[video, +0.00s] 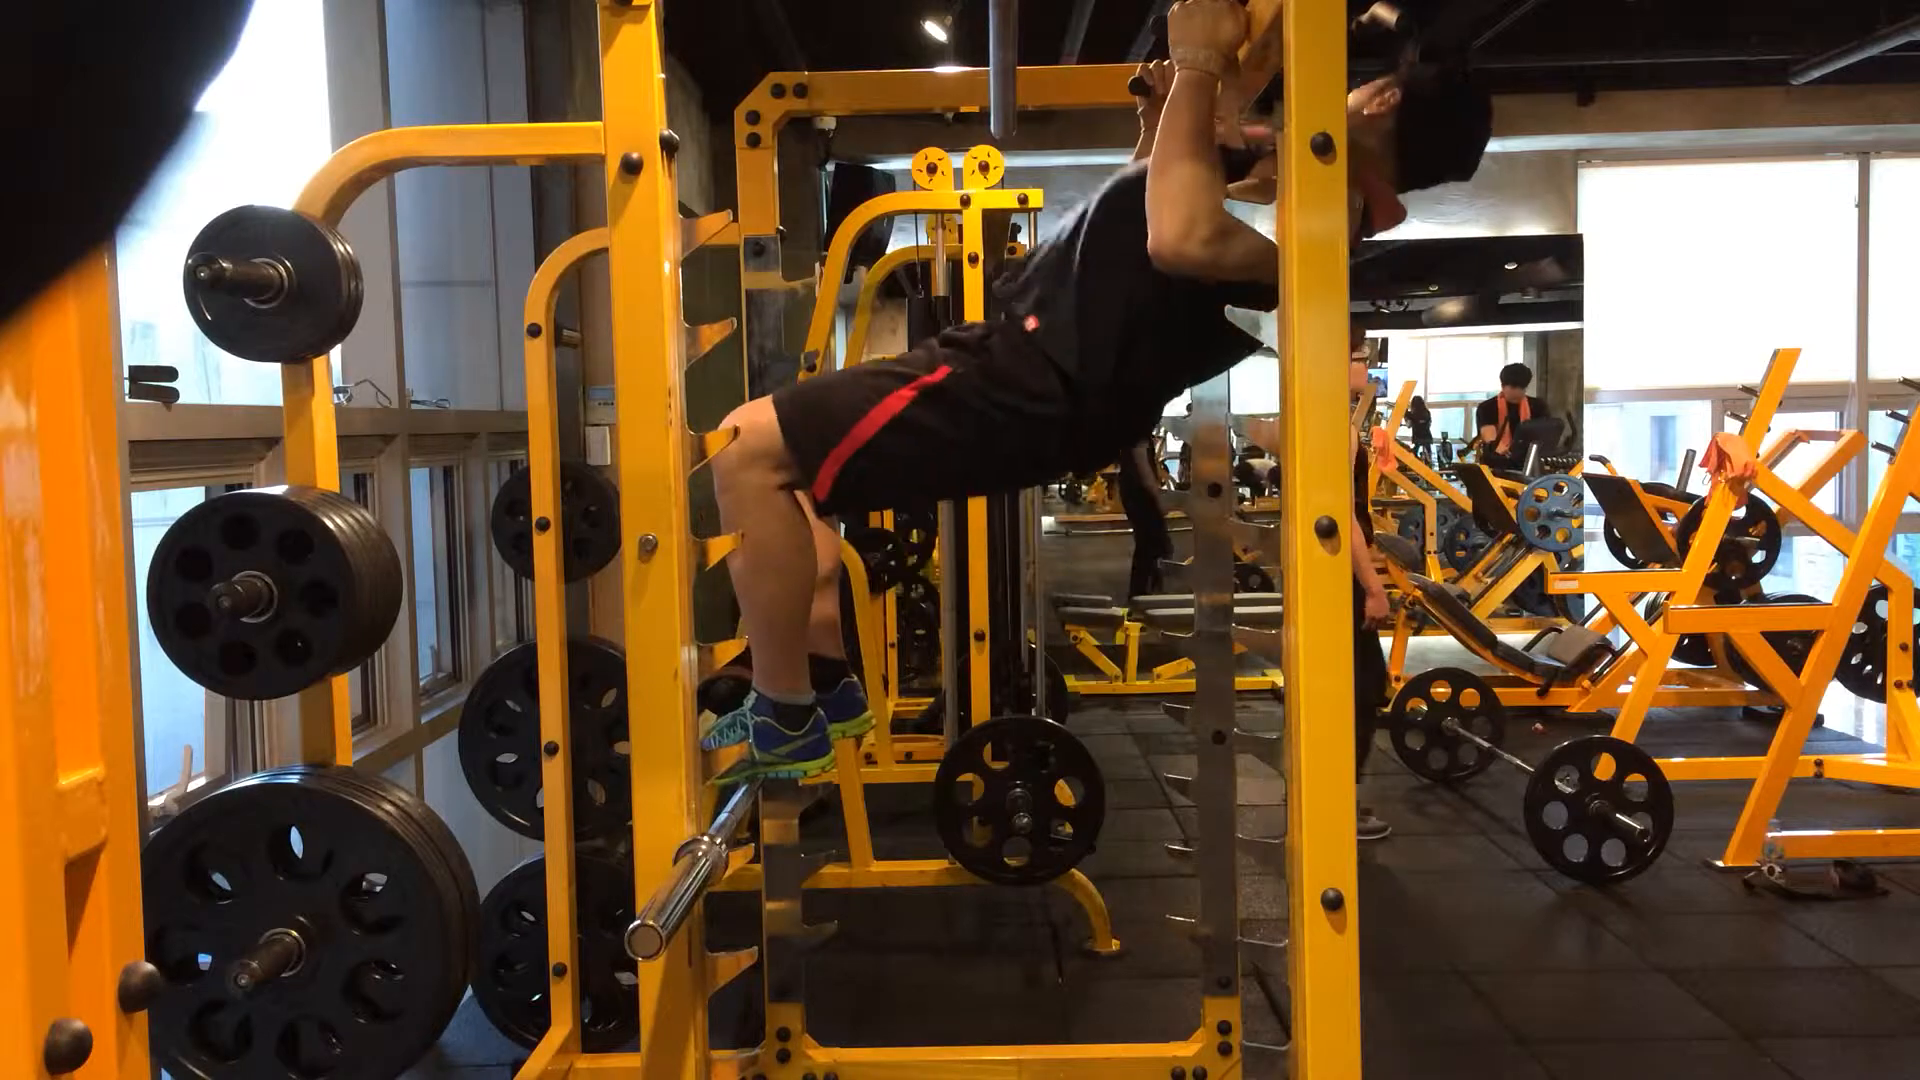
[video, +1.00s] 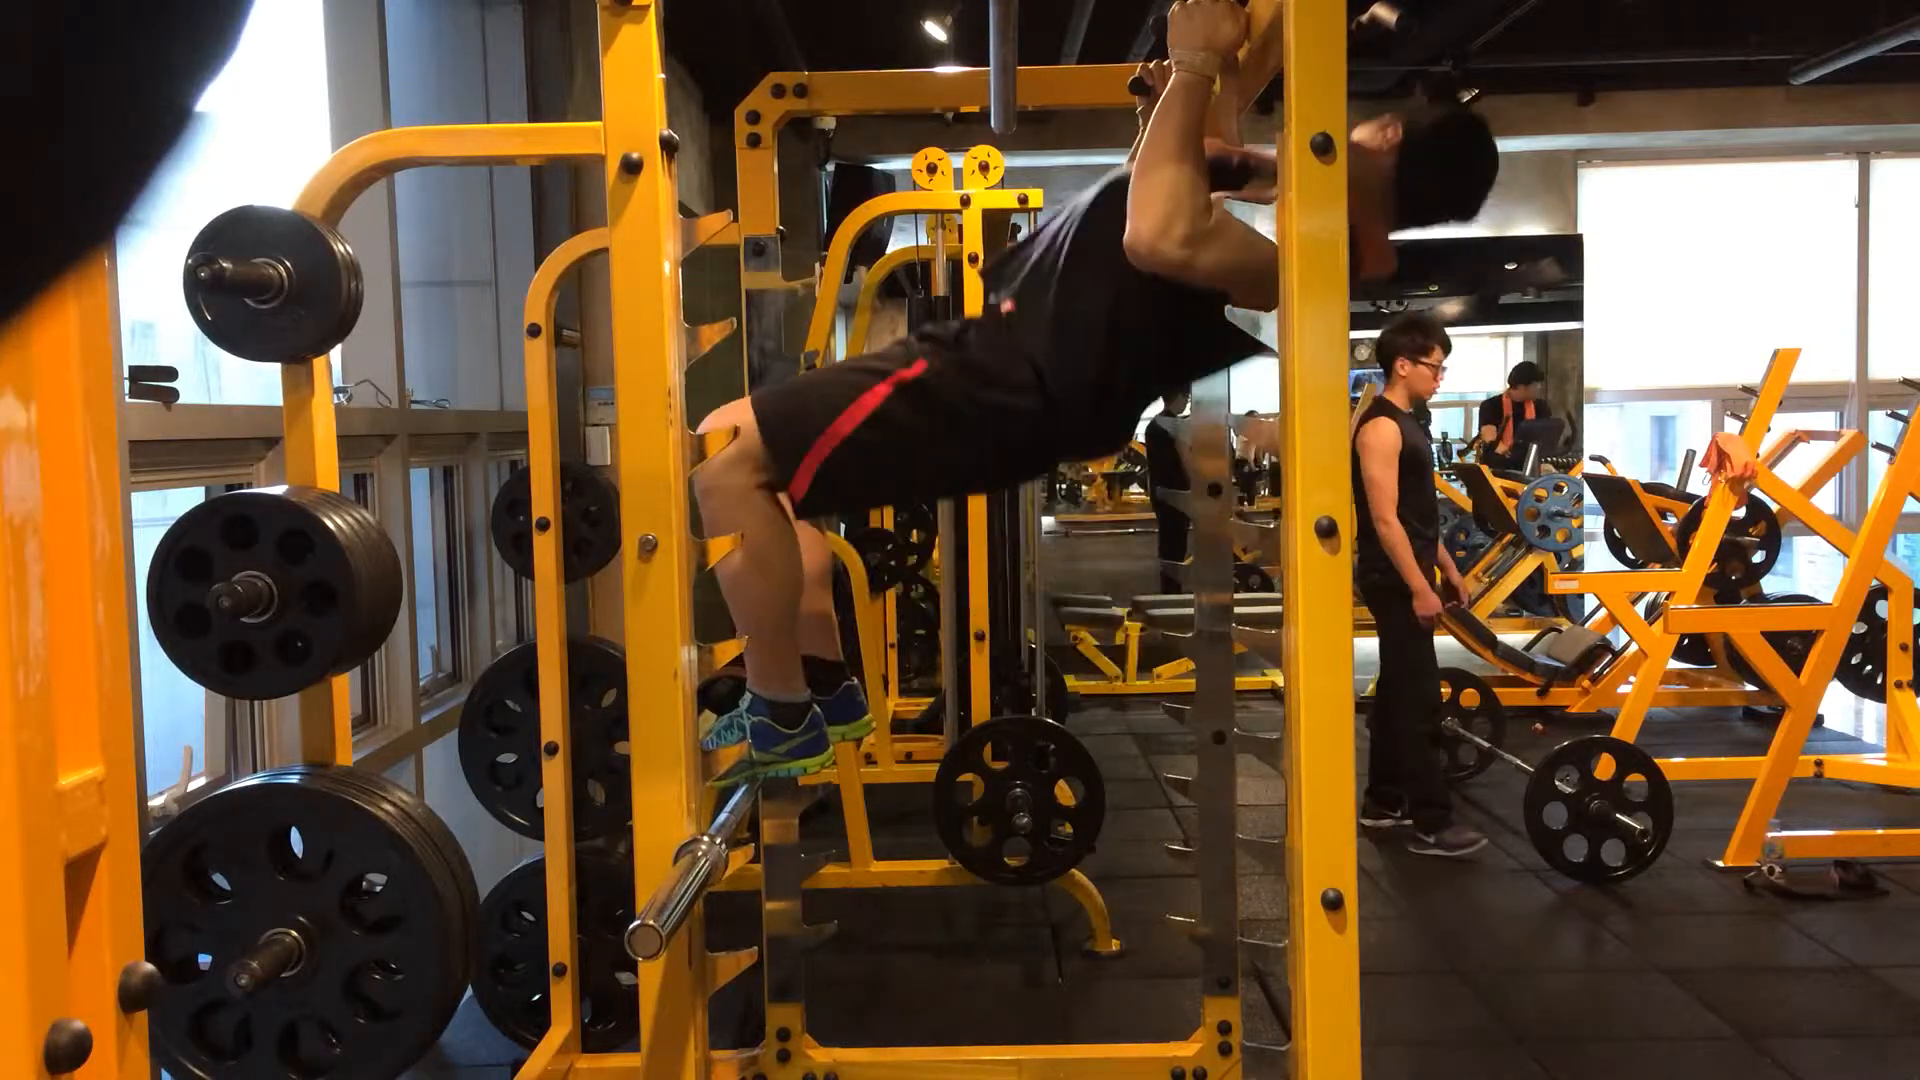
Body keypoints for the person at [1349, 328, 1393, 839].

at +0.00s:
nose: (1370, 370)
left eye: (1367, 361)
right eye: (1361, 361)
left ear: (1347, 371)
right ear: (1338, 369)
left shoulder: (1338, 427)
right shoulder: (1332, 430)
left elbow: (1346, 512)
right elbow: (1340, 512)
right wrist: (1372, 584)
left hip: (1341, 593)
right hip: (1337, 596)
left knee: (1365, 690)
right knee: (1367, 689)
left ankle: (1340, 803)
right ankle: (1342, 806)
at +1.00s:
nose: (1440, 377)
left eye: (1441, 367)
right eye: (1434, 366)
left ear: (1408, 368)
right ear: (1403, 365)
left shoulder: (1405, 422)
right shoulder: (1382, 426)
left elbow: (1417, 512)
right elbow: (1383, 519)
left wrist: (1449, 568)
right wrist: (1417, 587)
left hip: (1407, 577)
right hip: (1393, 578)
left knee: (1398, 688)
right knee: (1420, 694)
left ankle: (1385, 799)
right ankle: (1430, 822)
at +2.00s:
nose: (1517, 409)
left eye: (1522, 400)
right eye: (1519, 397)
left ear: (1495, 379)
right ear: (1497, 380)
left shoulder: (1462, 423)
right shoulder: (1451, 430)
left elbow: (1464, 522)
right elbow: (1450, 531)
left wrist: (1490, 577)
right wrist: (1486, 604)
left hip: (1461, 586)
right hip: (1442, 589)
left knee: (1494, 703)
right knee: (1451, 707)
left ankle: (1505, 820)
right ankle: (1433, 830)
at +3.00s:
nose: (1648, 492)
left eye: (1658, 486)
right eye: (1655, 482)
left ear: (1641, 449)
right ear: (1644, 456)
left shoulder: (1593, 457)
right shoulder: (1578, 484)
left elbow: (1611, 552)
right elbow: (1561, 589)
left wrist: (1654, 592)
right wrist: (1581, 670)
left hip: (1492, 568)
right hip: (1478, 572)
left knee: (1507, 702)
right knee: (1502, 707)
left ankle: (1506, 825)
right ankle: (1493, 839)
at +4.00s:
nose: (1661, 527)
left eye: (1669, 525)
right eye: (1668, 522)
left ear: (1657, 468)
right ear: (1669, 496)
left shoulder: (1602, 443)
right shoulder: (1610, 522)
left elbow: (1617, 529)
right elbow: (1592, 625)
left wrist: (1651, 589)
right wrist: (1601, 710)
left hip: (1458, 554)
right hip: (1486, 579)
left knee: (1448, 685)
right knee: (1495, 709)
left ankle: (1404, 793)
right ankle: (1491, 839)